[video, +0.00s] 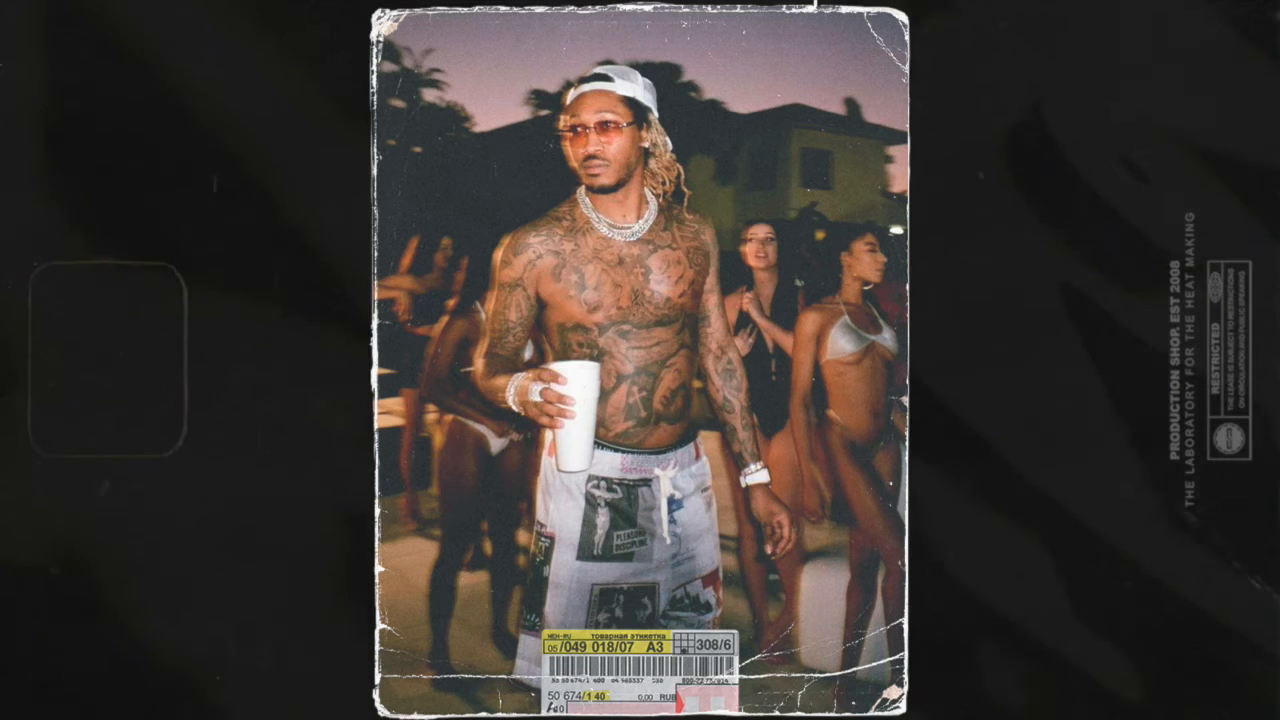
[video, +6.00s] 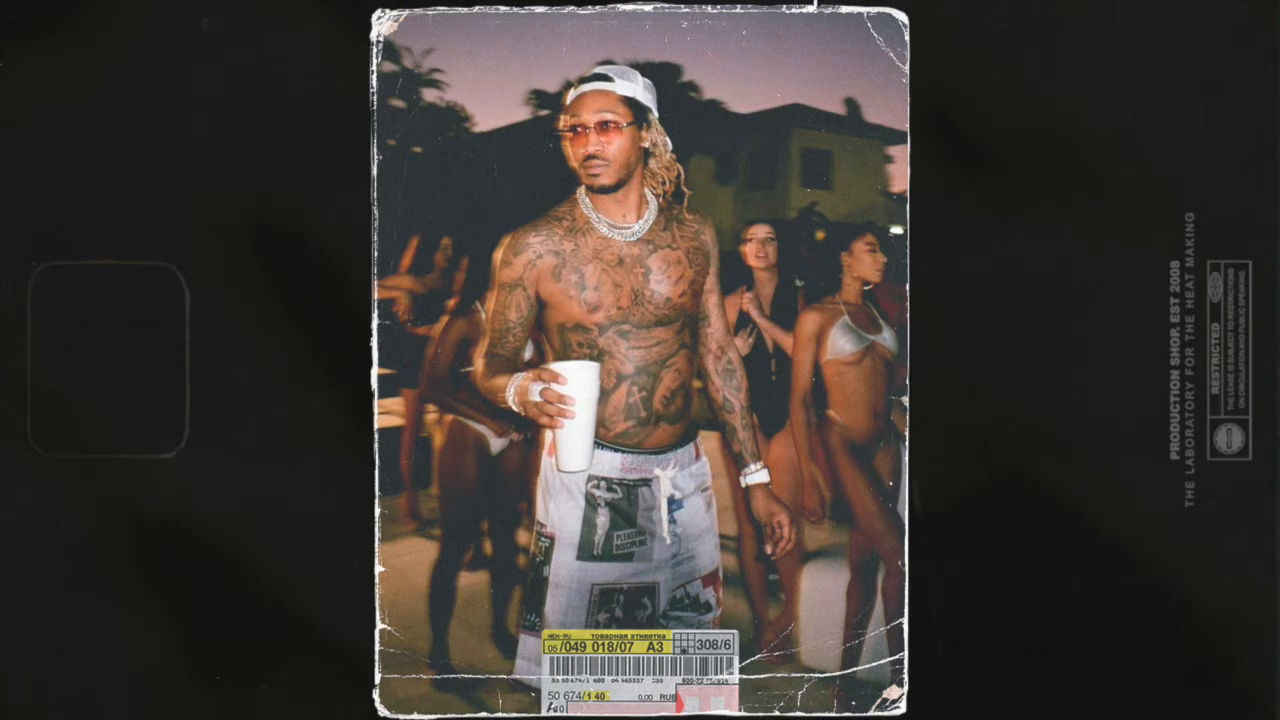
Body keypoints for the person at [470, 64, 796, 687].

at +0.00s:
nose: (590, 143)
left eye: (608, 126)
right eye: (576, 130)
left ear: (646, 139)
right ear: (565, 144)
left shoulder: (694, 237)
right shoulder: (532, 248)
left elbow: (720, 359)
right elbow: (492, 365)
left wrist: (756, 481)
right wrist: (516, 389)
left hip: (681, 477)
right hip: (583, 482)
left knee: (688, 663)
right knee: (574, 668)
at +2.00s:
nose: (590, 143)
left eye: (608, 126)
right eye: (576, 130)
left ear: (646, 138)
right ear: (565, 144)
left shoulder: (693, 235)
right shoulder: (532, 248)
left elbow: (720, 358)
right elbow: (491, 365)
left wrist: (756, 482)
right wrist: (516, 389)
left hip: (681, 477)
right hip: (583, 482)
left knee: (690, 664)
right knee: (574, 670)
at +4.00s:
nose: (589, 143)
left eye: (608, 126)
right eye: (576, 130)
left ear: (646, 138)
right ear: (565, 144)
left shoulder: (693, 235)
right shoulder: (532, 248)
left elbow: (720, 358)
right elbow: (491, 366)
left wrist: (756, 482)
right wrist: (516, 389)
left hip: (681, 477)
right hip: (583, 482)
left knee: (690, 664)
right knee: (574, 669)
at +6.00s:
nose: (590, 143)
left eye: (608, 126)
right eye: (576, 130)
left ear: (646, 138)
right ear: (565, 143)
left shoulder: (693, 236)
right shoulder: (532, 248)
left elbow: (720, 358)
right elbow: (491, 365)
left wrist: (756, 481)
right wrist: (516, 389)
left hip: (681, 477)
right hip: (582, 481)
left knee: (689, 663)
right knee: (572, 666)